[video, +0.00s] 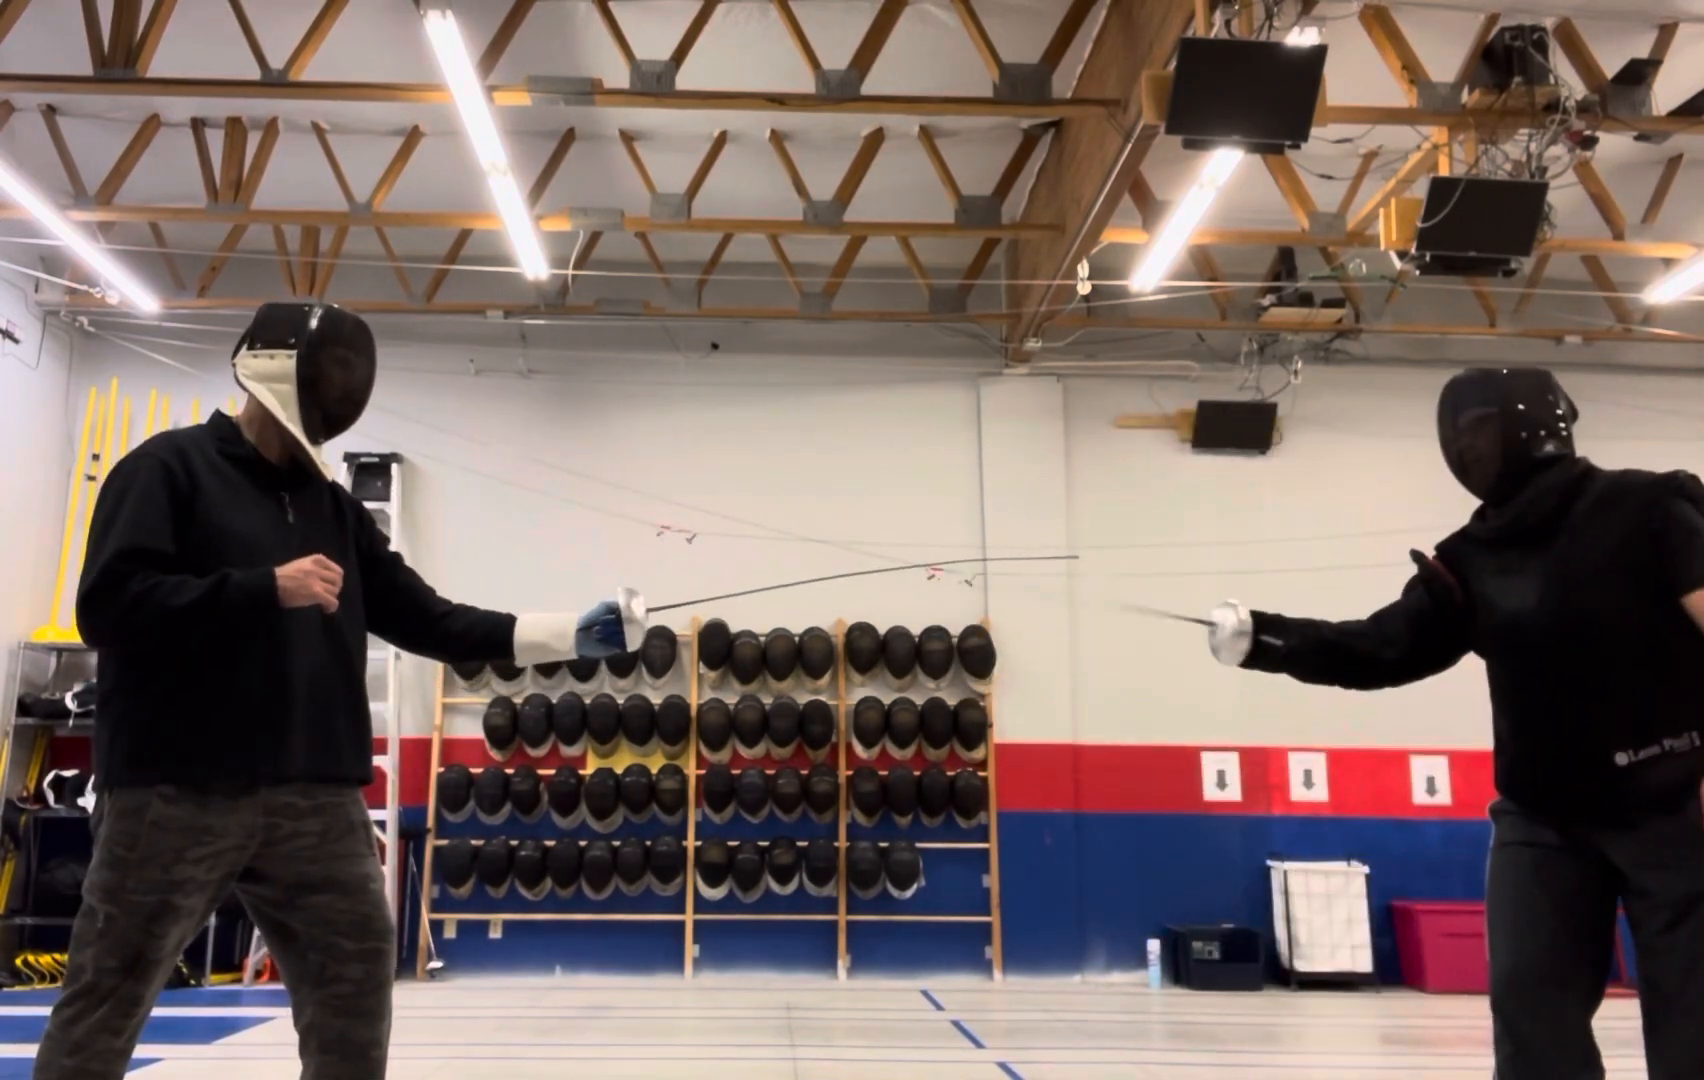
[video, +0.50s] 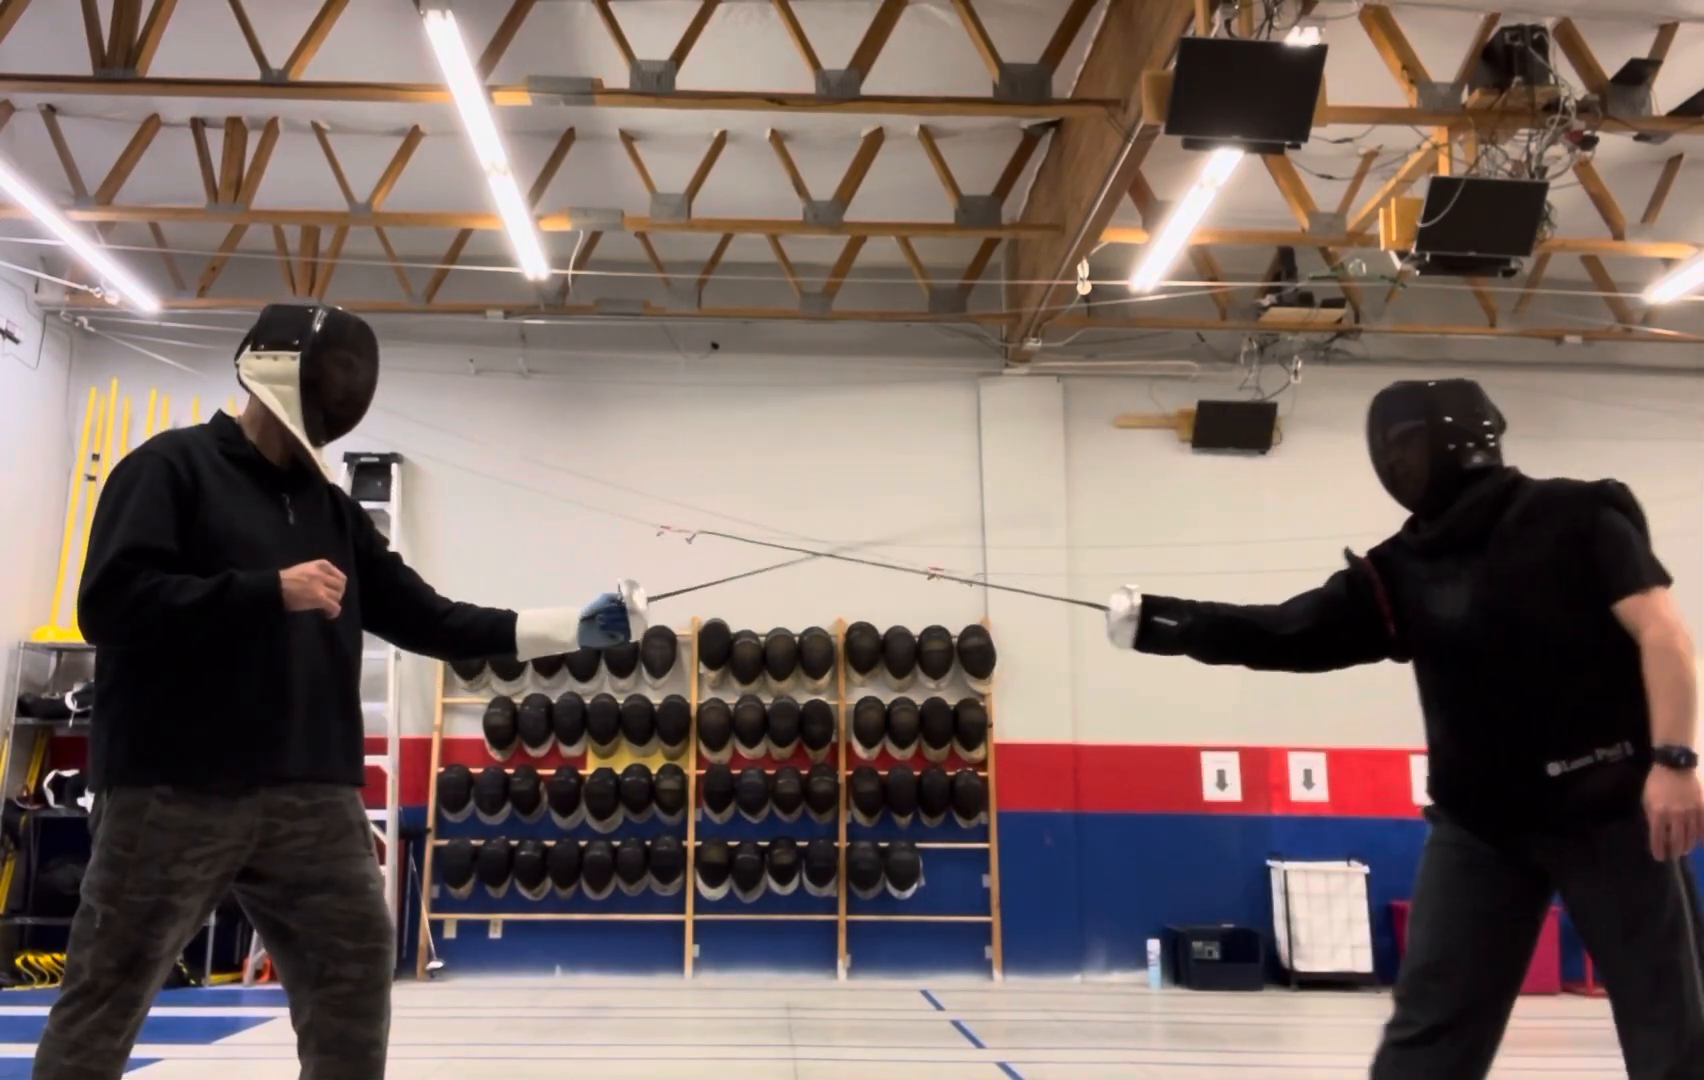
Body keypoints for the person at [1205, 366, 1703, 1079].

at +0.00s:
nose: (1462, 456)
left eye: (1476, 433)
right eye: (1454, 441)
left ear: (1530, 424)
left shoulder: (1656, 510)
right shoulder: (1471, 563)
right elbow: (1380, 648)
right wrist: (1261, 638)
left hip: (1670, 808)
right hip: (1542, 822)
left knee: (1688, 1028)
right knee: (1533, 1022)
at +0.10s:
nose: (1458, 458)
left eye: (1470, 437)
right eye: (1451, 444)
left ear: (1520, 428)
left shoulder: (1655, 510)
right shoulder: (1466, 564)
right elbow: (1363, 634)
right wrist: (1234, 627)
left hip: (1672, 811)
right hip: (1544, 822)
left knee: (1688, 1025)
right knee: (1535, 1018)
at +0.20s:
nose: (1448, 458)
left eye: (1461, 436)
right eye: (1443, 444)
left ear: (1514, 429)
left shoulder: (1644, 510)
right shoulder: (1459, 560)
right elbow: (1347, 621)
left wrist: (1703, 749)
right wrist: (1216, 618)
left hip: (1666, 807)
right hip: (1539, 821)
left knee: (1688, 1020)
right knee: (1526, 1008)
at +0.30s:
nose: (1439, 459)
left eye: (1451, 437)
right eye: (1432, 444)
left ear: (1504, 430)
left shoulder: (1635, 510)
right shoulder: (1448, 563)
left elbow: (1703, 627)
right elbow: (1335, 621)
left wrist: (1698, 748)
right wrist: (1205, 617)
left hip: (1654, 801)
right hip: (1522, 814)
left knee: (1684, 1008)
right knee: (1494, 990)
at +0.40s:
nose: (1419, 457)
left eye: (1433, 436)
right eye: (1412, 442)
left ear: (1487, 432)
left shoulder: (1607, 512)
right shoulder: (1429, 567)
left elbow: (1689, 620)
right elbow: (1319, 624)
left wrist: (1689, 752)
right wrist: (1190, 619)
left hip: (1637, 802)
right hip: (1504, 816)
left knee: (1677, 1007)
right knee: (1461, 989)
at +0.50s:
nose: (1391, 470)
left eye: (1400, 449)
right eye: (1385, 456)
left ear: (1446, 440)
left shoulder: (1580, 517)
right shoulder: (1404, 571)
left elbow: (1663, 633)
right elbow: (1290, 630)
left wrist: (1676, 759)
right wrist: (1163, 624)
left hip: (1608, 817)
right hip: (1480, 829)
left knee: (1668, 1038)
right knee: (1430, 1036)